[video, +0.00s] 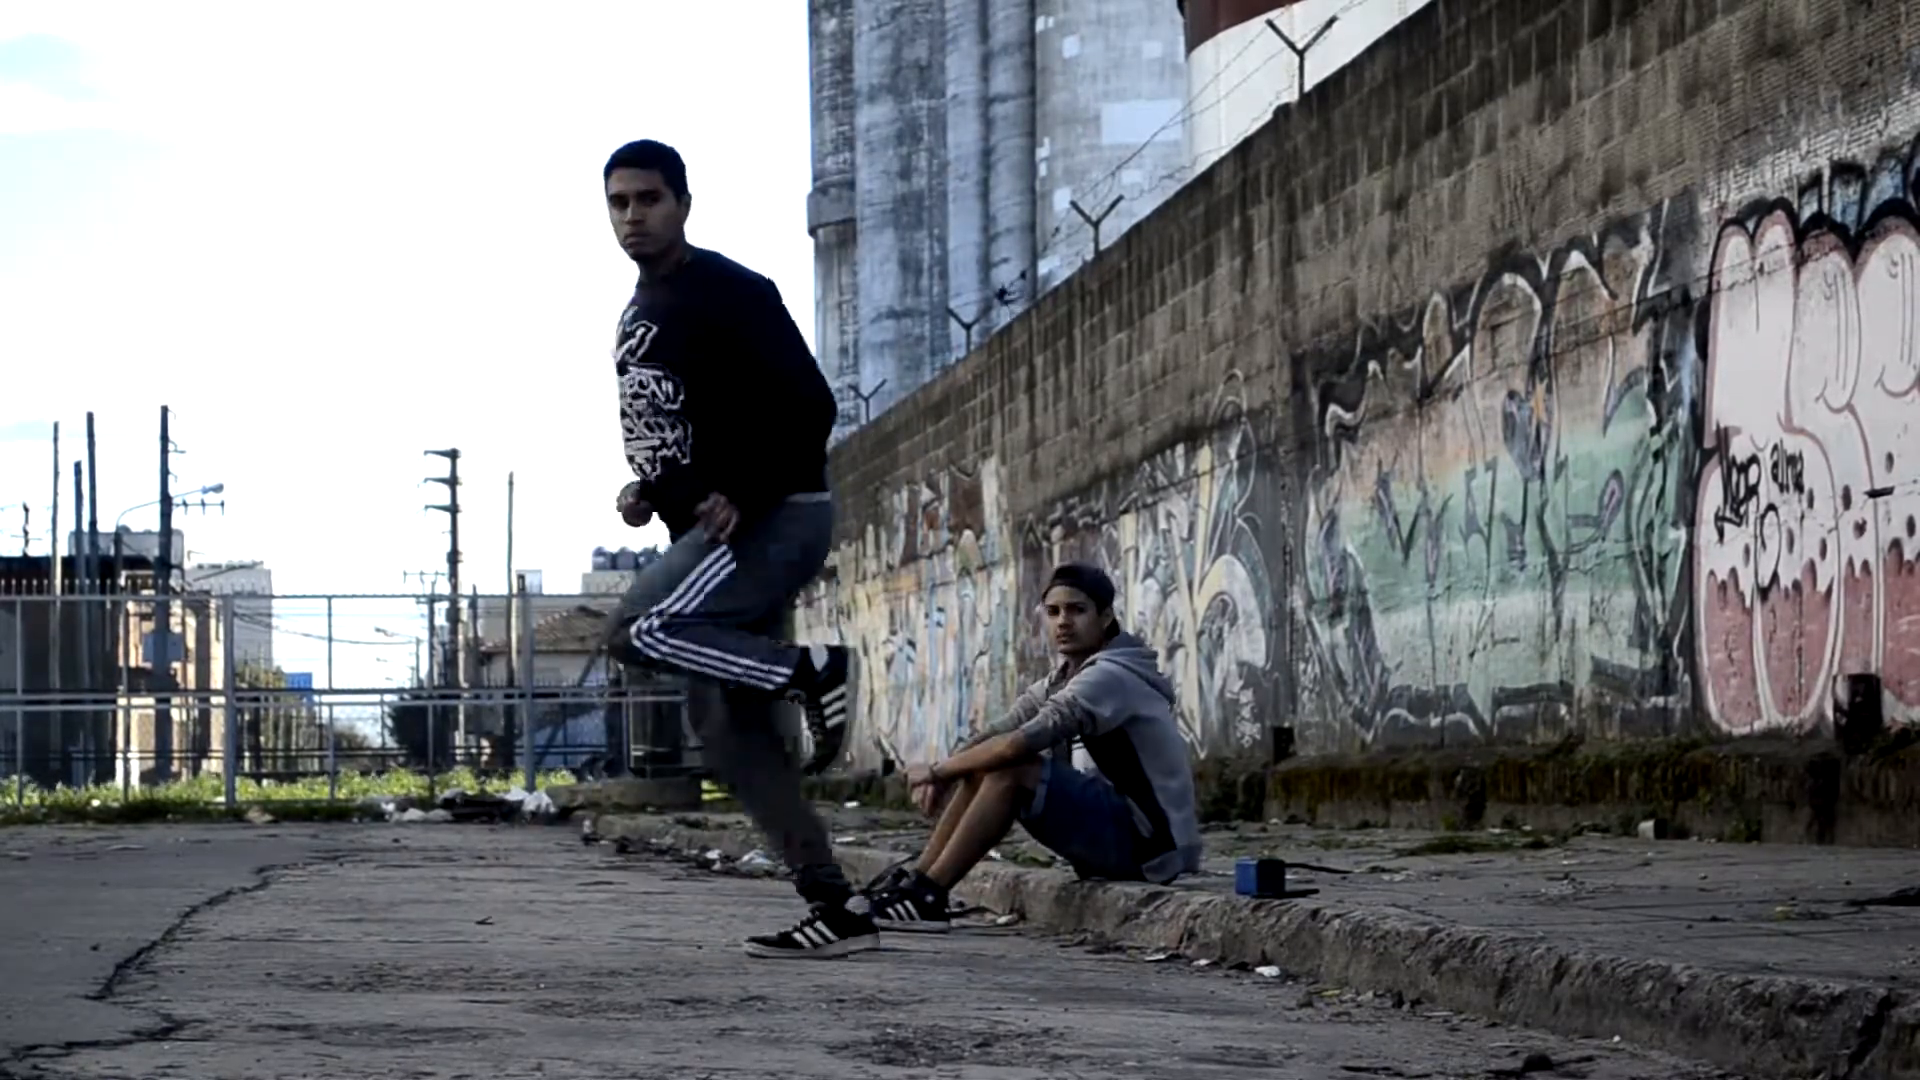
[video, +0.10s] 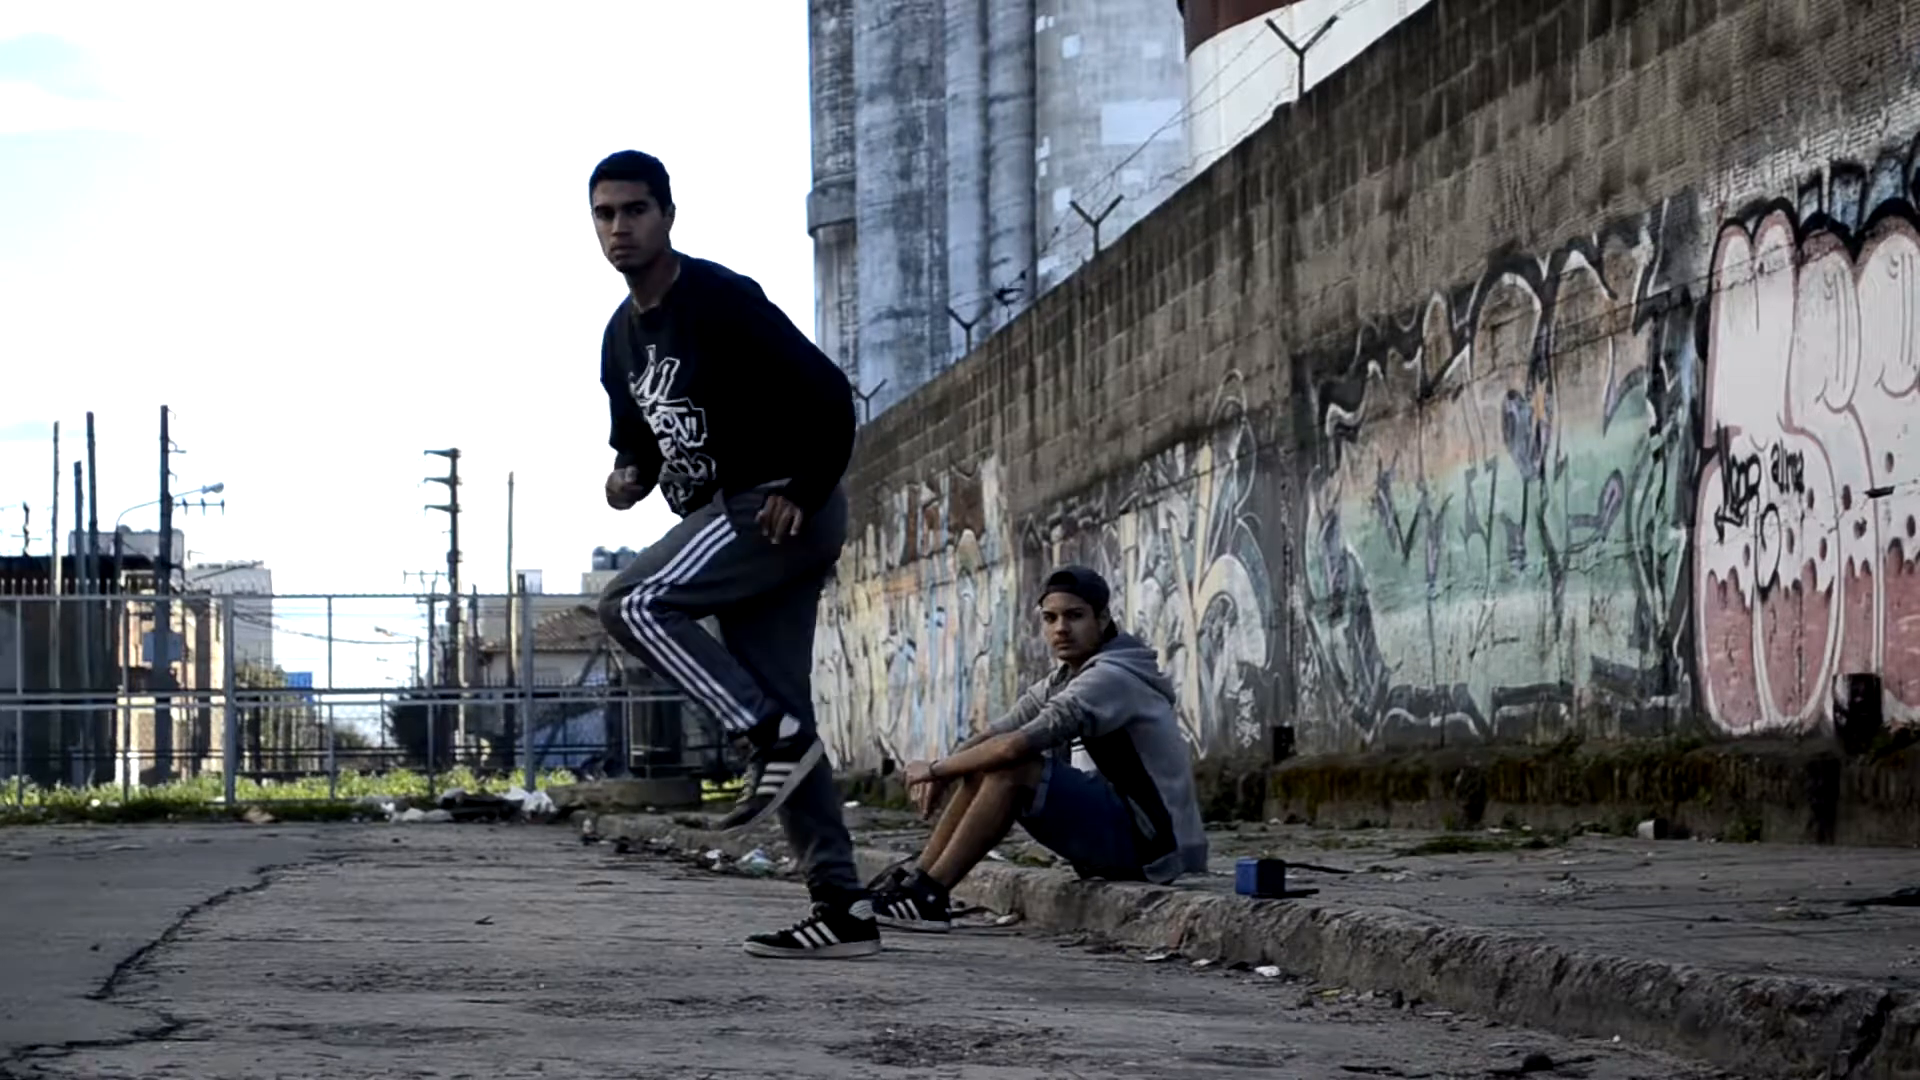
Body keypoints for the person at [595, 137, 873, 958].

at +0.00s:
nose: (634, 216)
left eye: (649, 199)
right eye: (620, 204)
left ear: (683, 205)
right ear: (609, 217)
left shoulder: (736, 292)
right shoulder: (637, 318)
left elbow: (811, 403)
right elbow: (680, 432)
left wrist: (745, 491)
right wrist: (648, 486)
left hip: (777, 515)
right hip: (725, 526)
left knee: (645, 625)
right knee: (734, 734)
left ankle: (811, 672)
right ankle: (832, 903)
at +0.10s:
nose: (619, 227)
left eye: (634, 210)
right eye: (605, 214)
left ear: (666, 215)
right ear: (594, 229)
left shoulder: (723, 298)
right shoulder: (621, 338)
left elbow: (829, 393)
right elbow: (639, 437)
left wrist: (801, 490)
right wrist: (631, 474)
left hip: (774, 506)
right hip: (752, 517)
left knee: (635, 603)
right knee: (781, 717)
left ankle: (771, 733)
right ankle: (840, 905)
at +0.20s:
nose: (605, 236)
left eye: (619, 218)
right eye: (590, 224)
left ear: (653, 218)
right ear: (579, 234)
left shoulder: (712, 288)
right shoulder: (598, 324)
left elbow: (840, 339)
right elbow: (569, 409)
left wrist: (815, 441)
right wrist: (564, 439)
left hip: (782, 503)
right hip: (752, 515)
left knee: (668, 646)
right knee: (801, 706)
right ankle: (930, 860)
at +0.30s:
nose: (603, 292)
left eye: (618, 274)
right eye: (589, 279)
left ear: (653, 274)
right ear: (579, 286)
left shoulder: (705, 329)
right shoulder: (584, 360)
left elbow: (828, 311)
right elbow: (506, 381)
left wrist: (775, 359)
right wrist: (476, 411)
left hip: (781, 566)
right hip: (746, 578)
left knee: (666, 712)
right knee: (859, 752)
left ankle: (628, 906)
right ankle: (1011, 885)